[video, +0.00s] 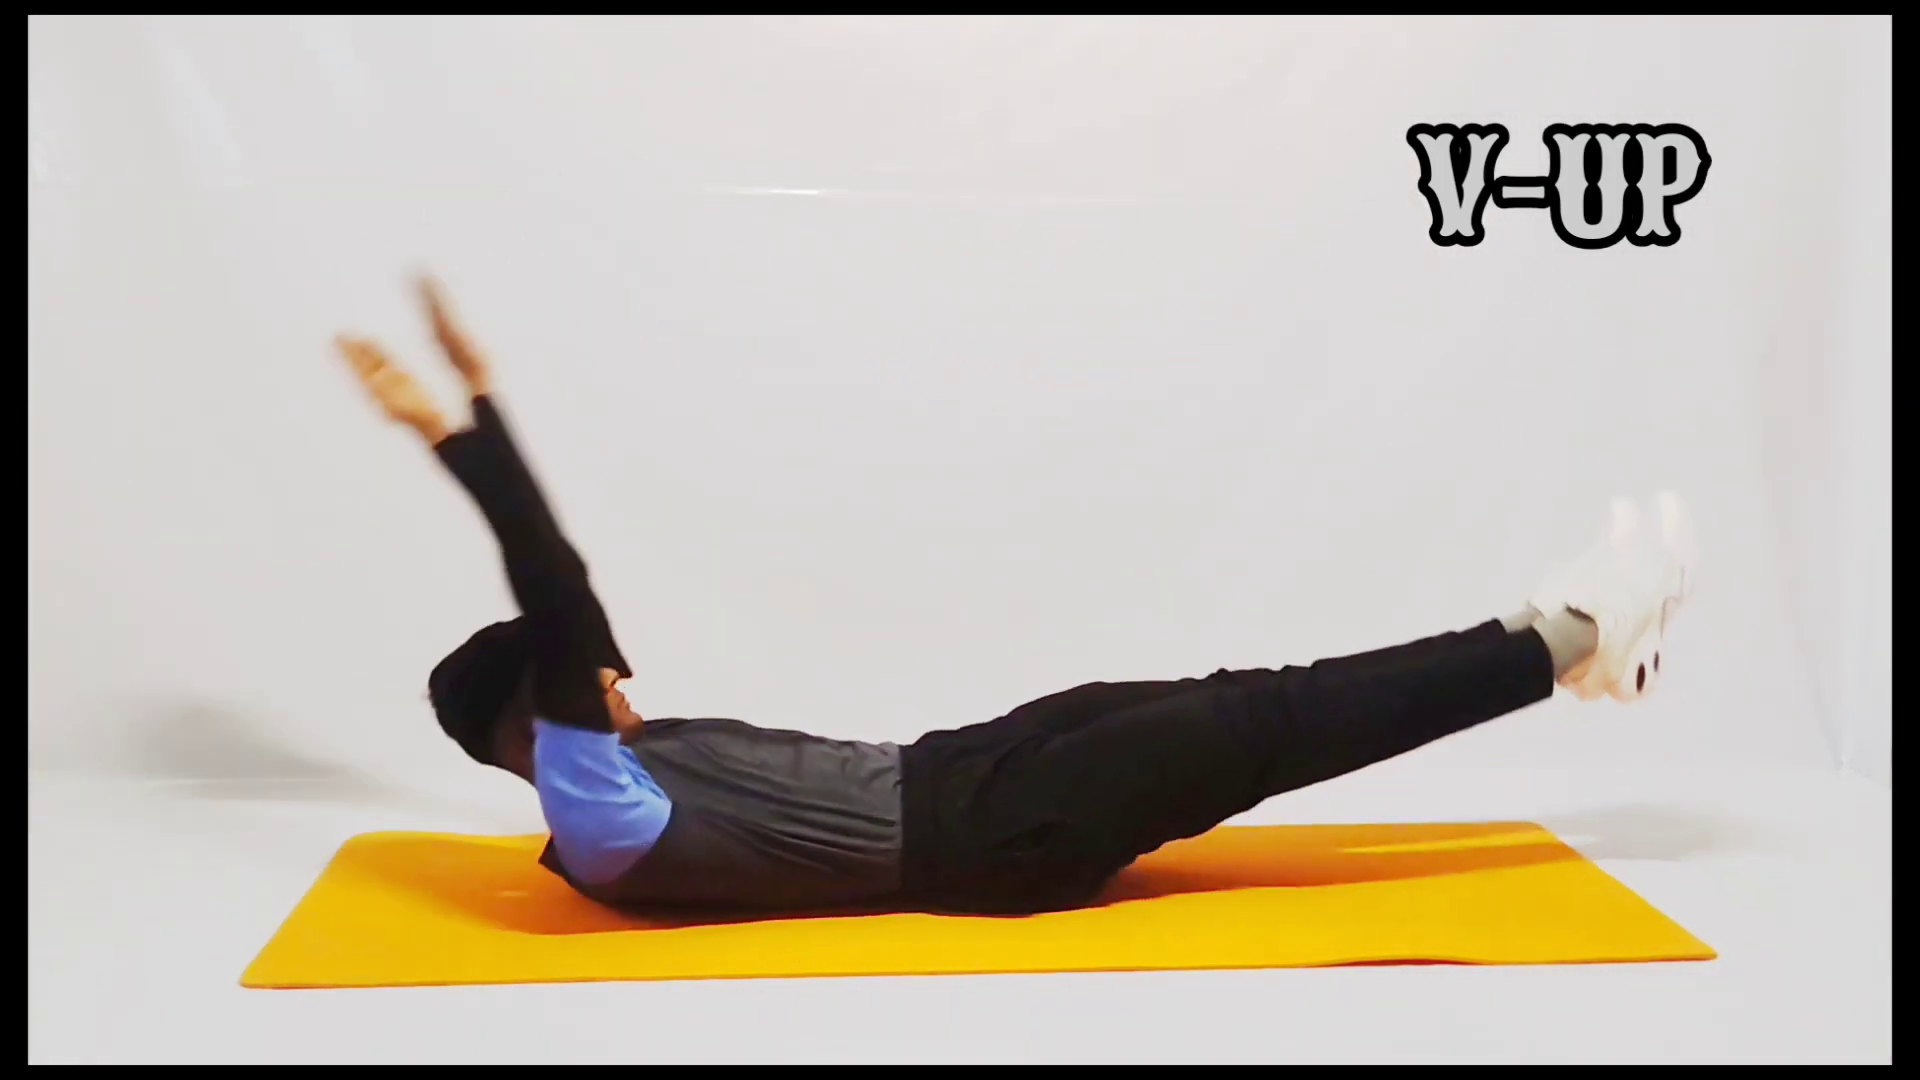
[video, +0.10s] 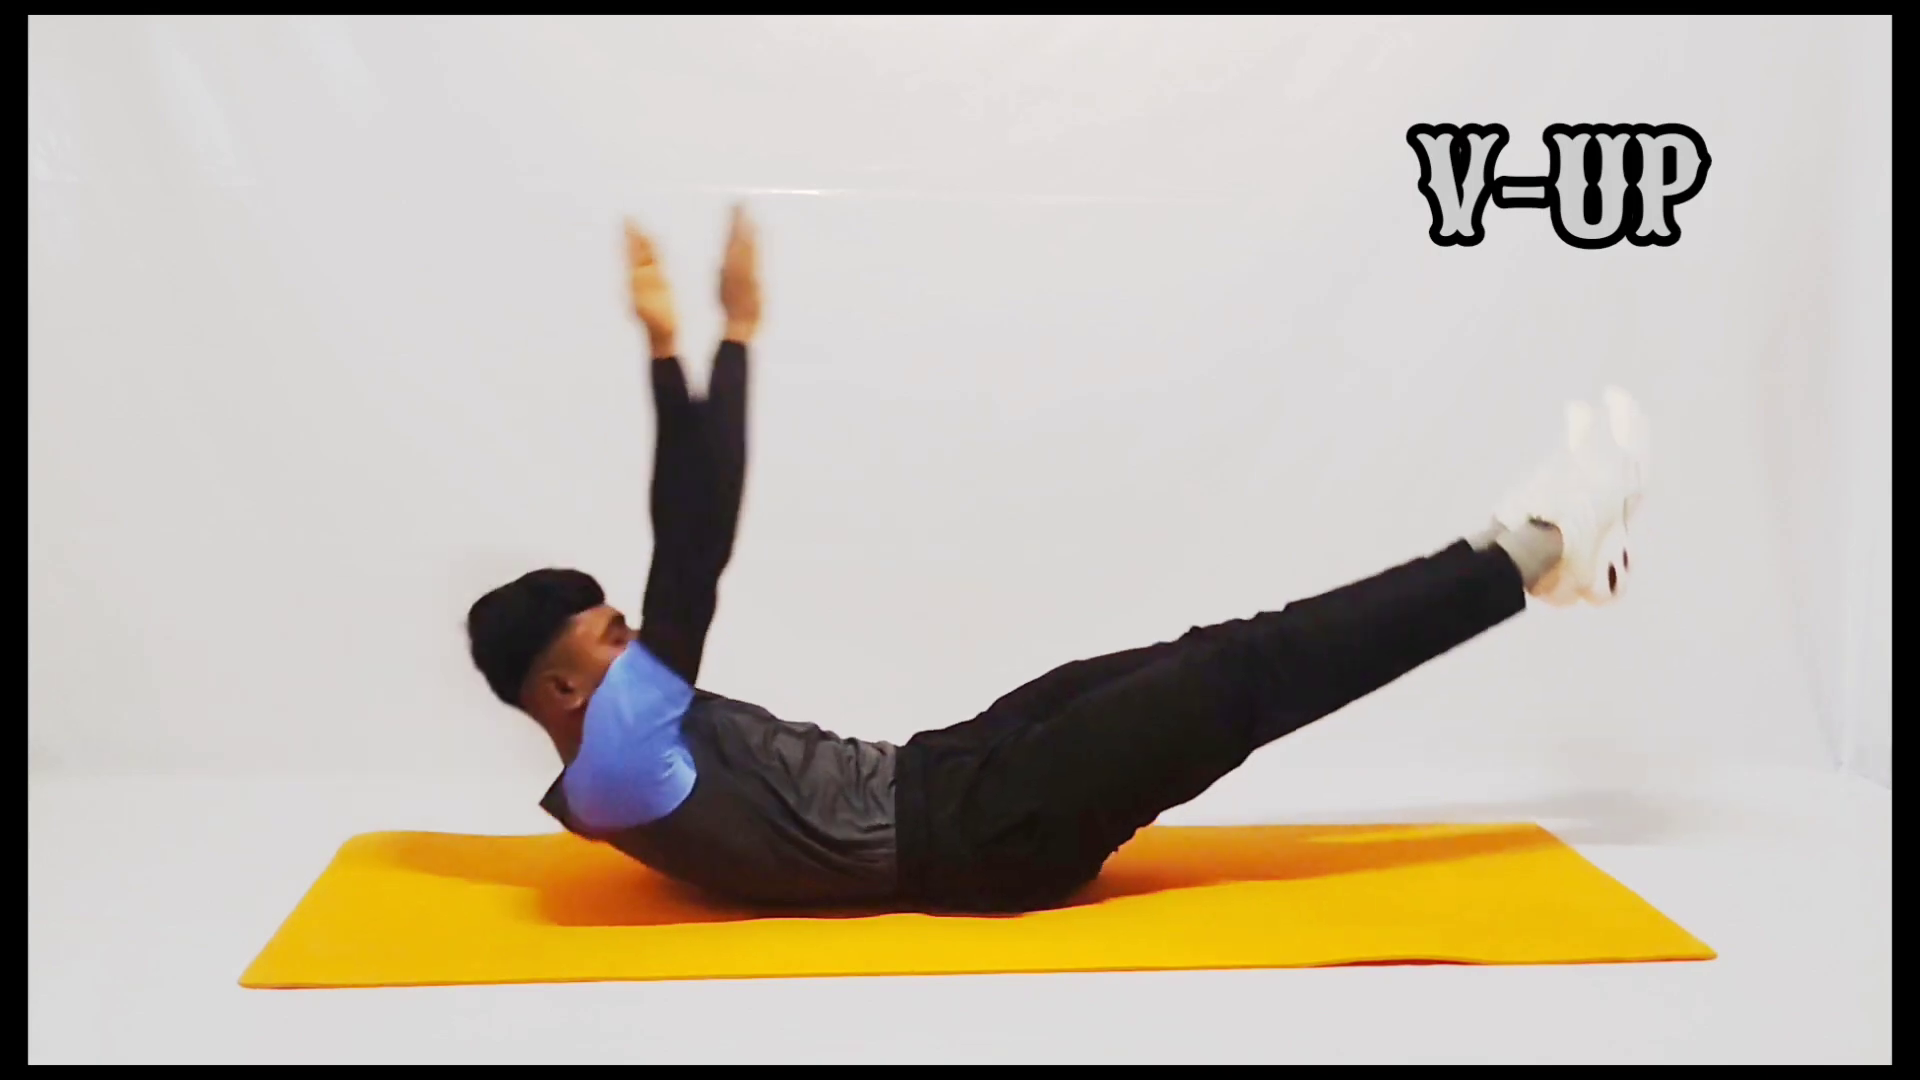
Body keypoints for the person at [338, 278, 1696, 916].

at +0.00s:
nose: (608, 679)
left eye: (590, 666)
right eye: (579, 673)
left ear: (525, 729)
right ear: (544, 715)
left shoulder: (620, 793)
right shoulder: (596, 803)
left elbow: (555, 593)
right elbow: (551, 590)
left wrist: (446, 439)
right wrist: (475, 419)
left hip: (988, 811)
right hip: (974, 821)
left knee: (1257, 711)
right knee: (1255, 729)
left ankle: (1553, 645)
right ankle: (1551, 645)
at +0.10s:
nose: (622, 639)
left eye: (609, 628)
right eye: (592, 640)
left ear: (591, 657)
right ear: (547, 689)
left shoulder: (637, 721)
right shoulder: (619, 750)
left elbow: (687, 535)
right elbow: (697, 548)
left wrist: (679, 352)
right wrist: (717, 344)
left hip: (962, 776)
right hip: (965, 830)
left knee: (1229, 656)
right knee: (1236, 685)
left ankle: (1523, 555)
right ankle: (1528, 560)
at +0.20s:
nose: (663, 607)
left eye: (648, 586)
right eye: (633, 601)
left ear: (632, 611)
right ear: (579, 648)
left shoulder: (659, 700)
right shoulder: (652, 713)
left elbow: (756, 531)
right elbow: (769, 541)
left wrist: (801, 353)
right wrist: (864, 348)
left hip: (954, 783)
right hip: (965, 839)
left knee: (1211, 624)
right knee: (1221, 649)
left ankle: (1489, 486)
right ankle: (1489, 482)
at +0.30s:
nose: (757, 557)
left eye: (745, 537)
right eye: (733, 546)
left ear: (674, 574)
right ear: (670, 577)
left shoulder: (706, 649)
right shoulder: (709, 655)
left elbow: (855, 515)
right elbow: (872, 519)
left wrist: (966, 347)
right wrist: (1019, 355)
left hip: (961, 796)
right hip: (970, 837)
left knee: (1166, 568)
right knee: (1181, 584)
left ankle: (1377, 369)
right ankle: (1400, 377)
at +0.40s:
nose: (834, 509)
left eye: (821, 491)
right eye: (812, 497)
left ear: (757, 524)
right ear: (751, 525)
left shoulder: (765, 600)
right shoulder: (773, 606)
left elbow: (937, 475)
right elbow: (944, 487)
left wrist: (1067, 329)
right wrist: (1104, 336)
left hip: (966, 792)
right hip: (983, 833)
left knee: (1105, 539)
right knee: (1133, 559)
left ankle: (1291, 285)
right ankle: (1305, 295)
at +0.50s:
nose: (874, 488)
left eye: (862, 468)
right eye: (851, 477)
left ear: (797, 507)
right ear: (795, 509)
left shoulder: (794, 576)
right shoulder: (806, 583)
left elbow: (970, 455)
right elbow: (978, 463)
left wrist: (1110, 305)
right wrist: (1151, 305)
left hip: (955, 798)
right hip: (983, 835)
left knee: (1074, 524)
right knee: (1111, 546)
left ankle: (1242, 237)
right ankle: (1264, 266)